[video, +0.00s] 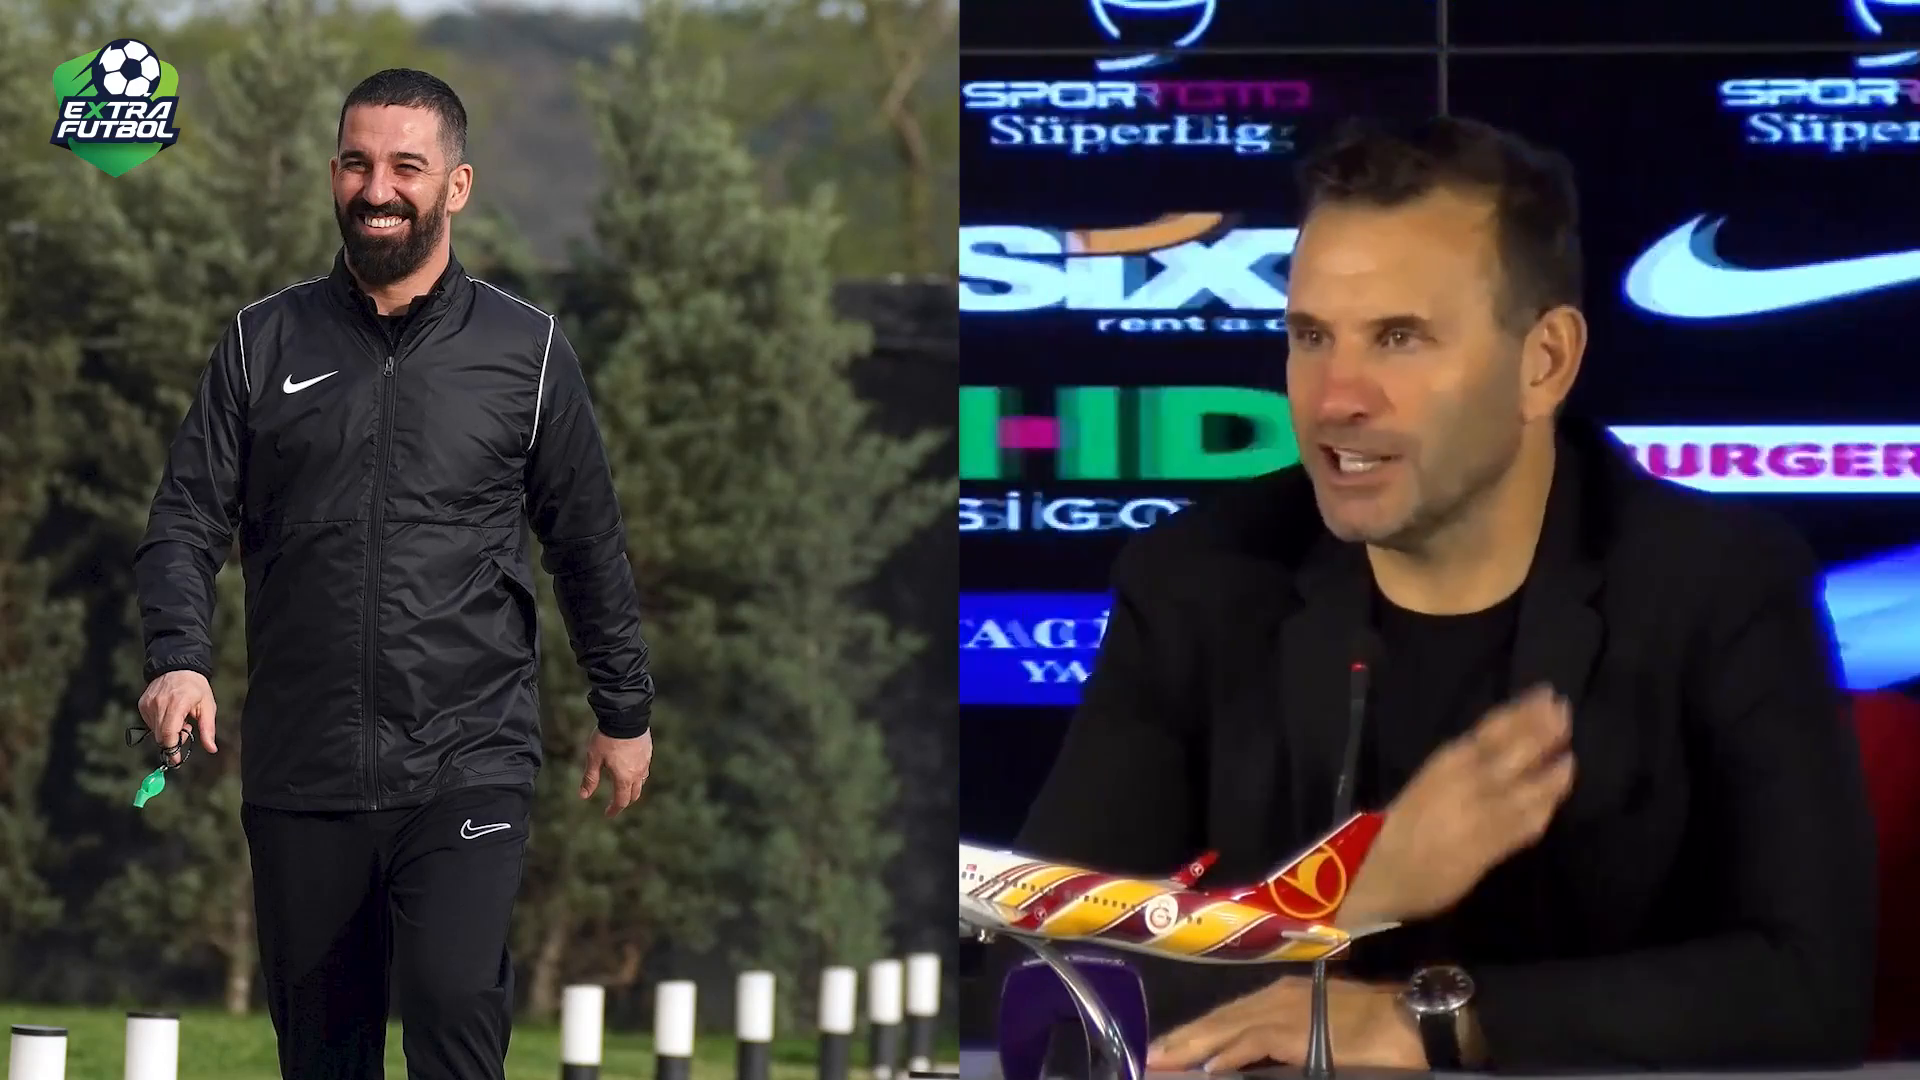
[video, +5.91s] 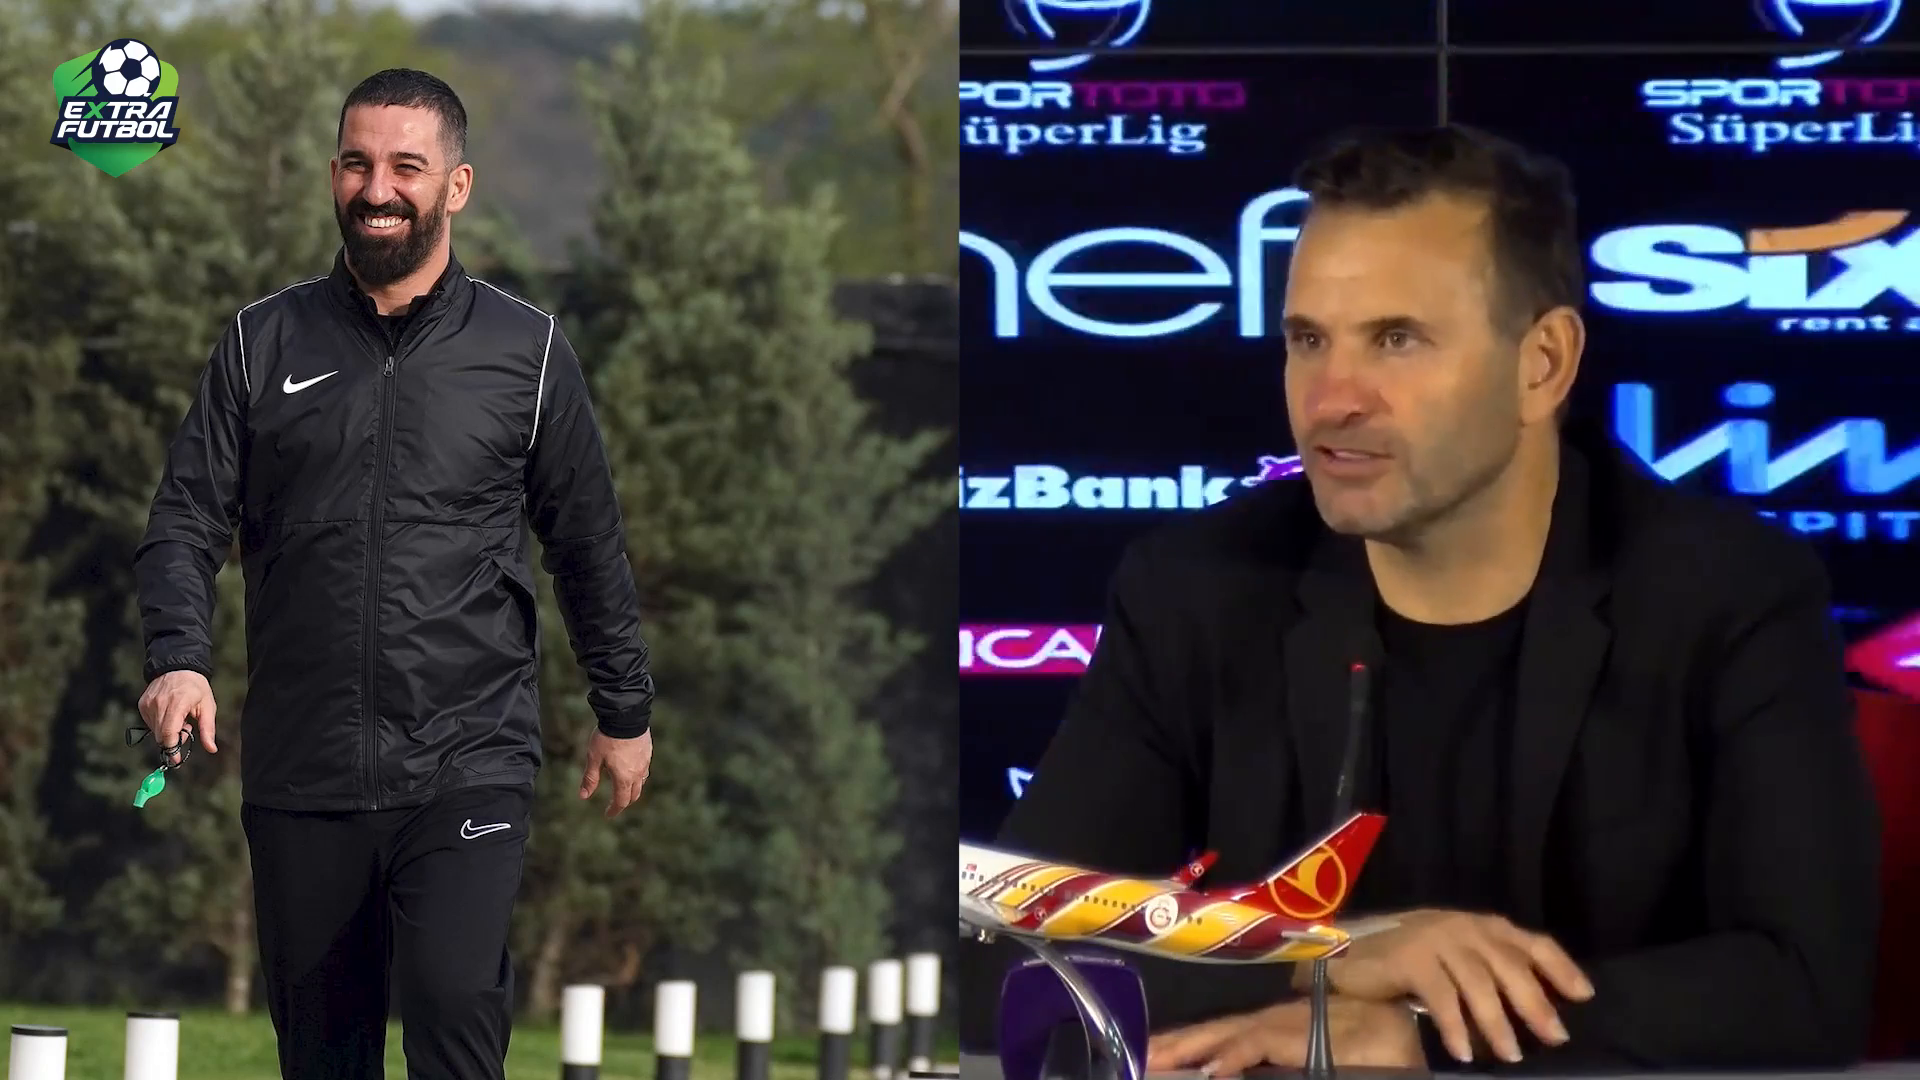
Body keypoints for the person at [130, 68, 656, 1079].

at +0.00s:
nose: (376, 187)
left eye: (405, 164)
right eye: (356, 162)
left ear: (458, 185)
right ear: (334, 176)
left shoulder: (529, 349)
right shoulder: (260, 343)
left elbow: (589, 540)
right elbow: (187, 513)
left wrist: (623, 708)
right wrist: (178, 658)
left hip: (472, 753)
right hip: (302, 755)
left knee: (455, 1018)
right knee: (320, 1042)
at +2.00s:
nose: (376, 187)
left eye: (405, 164)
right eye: (356, 162)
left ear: (458, 185)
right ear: (334, 176)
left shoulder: (529, 349)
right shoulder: (259, 343)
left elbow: (588, 540)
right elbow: (187, 513)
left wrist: (623, 709)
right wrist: (178, 658)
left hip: (472, 752)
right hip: (302, 755)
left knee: (455, 1018)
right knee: (320, 1042)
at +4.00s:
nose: (375, 187)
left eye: (405, 164)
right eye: (356, 162)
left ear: (458, 185)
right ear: (334, 177)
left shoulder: (530, 350)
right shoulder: (259, 342)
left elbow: (588, 541)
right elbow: (187, 513)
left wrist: (623, 708)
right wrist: (177, 658)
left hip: (472, 752)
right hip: (301, 755)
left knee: (455, 1018)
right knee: (320, 1043)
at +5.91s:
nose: (375, 186)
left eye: (405, 164)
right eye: (356, 162)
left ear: (458, 186)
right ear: (334, 177)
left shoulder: (530, 350)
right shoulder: (259, 343)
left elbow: (589, 542)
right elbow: (186, 513)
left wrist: (623, 708)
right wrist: (178, 658)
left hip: (472, 750)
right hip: (302, 753)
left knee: (454, 1017)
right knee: (320, 1041)